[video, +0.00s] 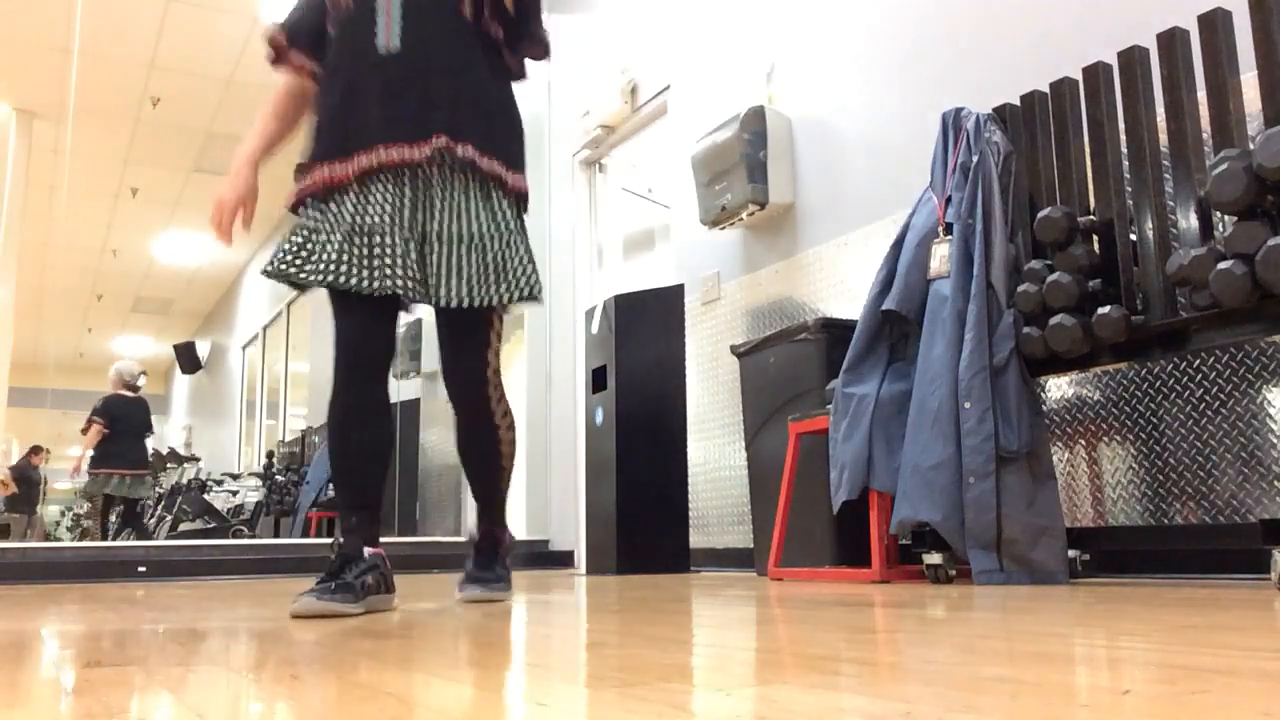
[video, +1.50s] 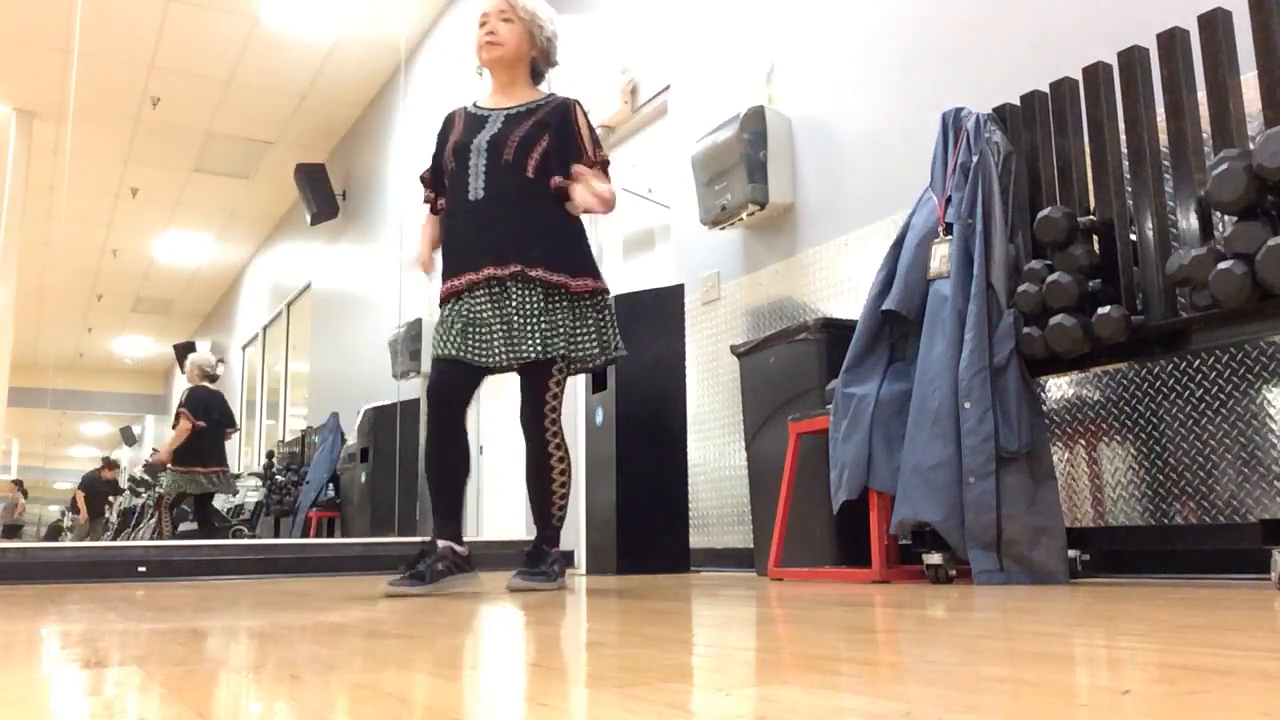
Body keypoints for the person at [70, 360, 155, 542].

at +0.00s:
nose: (110, 380)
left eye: (112, 376)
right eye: (111, 376)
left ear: (117, 379)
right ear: (134, 380)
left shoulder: (108, 402)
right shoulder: (142, 403)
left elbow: (96, 431)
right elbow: (147, 432)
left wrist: (80, 459)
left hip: (107, 471)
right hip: (137, 471)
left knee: (100, 517)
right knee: (131, 517)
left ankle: (100, 557)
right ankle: (151, 550)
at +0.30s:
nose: (127, 376)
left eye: (130, 372)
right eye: (129, 372)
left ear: (136, 376)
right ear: (153, 378)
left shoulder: (131, 398)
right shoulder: (160, 399)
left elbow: (125, 429)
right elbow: (169, 436)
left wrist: (102, 454)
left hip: (135, 470)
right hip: (164, 469)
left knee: (116, 510)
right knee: (152, 513)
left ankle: (118, 555)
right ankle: (156, 556)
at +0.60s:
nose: (136, 376)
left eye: (138, 373)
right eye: (137, 373)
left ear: (143, 375)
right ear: (163, 377)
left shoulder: (135, 396)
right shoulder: (172, 399)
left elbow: (122, 427)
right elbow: (187, 432)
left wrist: (91, 421)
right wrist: (197, 446)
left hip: (141, 464)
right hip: (170, 465)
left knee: (138, 514)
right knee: (154, 513)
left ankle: (145, 557)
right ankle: (159, 555)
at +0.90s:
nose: (151, 375)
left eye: (153, 371)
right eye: (151, 372)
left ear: (157, 372)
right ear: (177, 373)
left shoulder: (153, 392)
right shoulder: (189, 396)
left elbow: (125, 410)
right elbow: (208, 418)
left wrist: (107, 394)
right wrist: (186, 425)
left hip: (152, 462)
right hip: (179, 465)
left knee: (147, 512)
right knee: (168, 512)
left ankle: (146, 556)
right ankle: (189, 541)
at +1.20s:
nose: (171, 369)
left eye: (174, 366)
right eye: (173, 365)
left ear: (180, 370)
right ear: (197, 370)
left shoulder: (180, 393)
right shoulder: (204, 394)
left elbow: (160, 421)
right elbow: (220, 422)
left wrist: (133, 410)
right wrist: (199, 433)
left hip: (176, 465)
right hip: (201, 465)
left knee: (161, 512)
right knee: (198, 516)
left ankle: (153, 556)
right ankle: (206, 557)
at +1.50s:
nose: (186, 374)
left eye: (188, 370)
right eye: (186, 370)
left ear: (196, 371)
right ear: (208, 372)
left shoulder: (191, 394)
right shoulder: (218, 395)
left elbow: (185, 426)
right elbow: (231, 430)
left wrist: (168, 450)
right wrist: (209, 440)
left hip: (188, 468)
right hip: (214, 467)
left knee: (165, 506)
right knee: (203, 511)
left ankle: (166, 551)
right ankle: (212, 553)